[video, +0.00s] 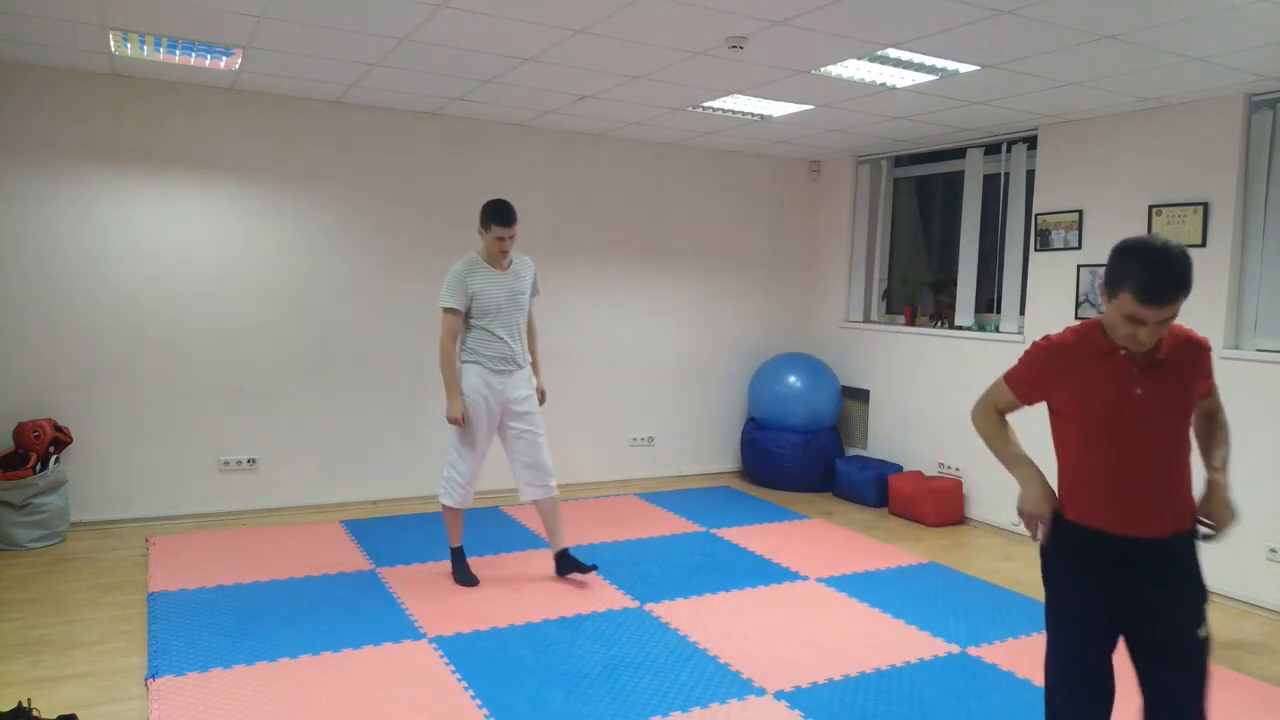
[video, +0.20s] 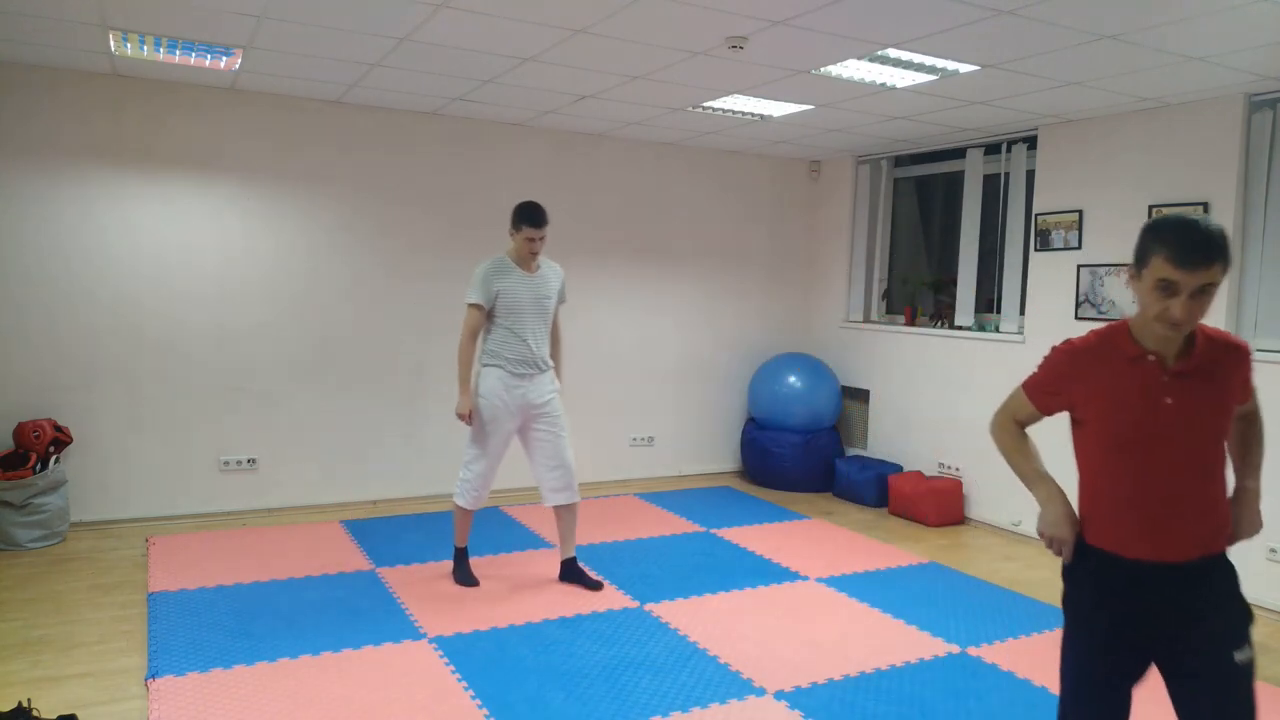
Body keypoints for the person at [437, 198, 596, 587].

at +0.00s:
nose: (507, 246)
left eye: (512, 238)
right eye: (500, 239)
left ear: (517, 234)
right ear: (482, 233)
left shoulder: (524, 267)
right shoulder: (463, 273)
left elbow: (528, 323)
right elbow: (448, 339)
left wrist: (536, 374)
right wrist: (453, 396)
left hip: (519, 380)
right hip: (477, 380)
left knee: (537, 465)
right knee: (463, 468)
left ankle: (562, 554)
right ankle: (457, 555)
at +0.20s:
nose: (537, 246)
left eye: (542, 239)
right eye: (530, 239)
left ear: (547, 237)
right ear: (513, 234)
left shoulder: (554, 274)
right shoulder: (491, 272)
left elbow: (554, 330)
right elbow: (470, 332)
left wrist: (556, 380)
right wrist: (464, 391)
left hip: (541, 384)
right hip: (497, 383)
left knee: (562, 469)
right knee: (478, 470)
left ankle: (569, 563)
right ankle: (460, 558)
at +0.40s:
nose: (571, 243)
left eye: (577, 236)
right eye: (565, 236)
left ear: (581, 236)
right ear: (548, 232)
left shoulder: (586, 278)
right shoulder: (523, 269)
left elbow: (589, 335)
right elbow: (499, 327)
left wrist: (599, 392)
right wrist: (496, 386)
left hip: (570, 384)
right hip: (526, 383)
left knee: (580, 474)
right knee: (506, 470)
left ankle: (570, 564)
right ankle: (471, 553)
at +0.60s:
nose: (598, 241)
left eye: (603, 234)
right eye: (591, 233)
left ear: (608, 233)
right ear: (574, 229)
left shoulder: (612, 277)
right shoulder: (547, 266)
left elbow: (624, 337)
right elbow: (525, 324)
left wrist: (639, 392)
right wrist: (532, 378)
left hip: (586, 382)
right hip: (548, 379)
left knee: (586, 472)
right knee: (539, 471)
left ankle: (570, 563)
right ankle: (505, 554)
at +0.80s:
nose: (620, 242)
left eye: (625, 235)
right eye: (614, 234)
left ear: (630, 235)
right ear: (596, 230)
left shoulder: (629, 279)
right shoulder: (570, 267)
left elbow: (641, 337)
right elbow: (545, 325)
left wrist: (659, 387)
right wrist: (553, 381)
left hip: (605, 383)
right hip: (568, 381)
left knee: (595, 472)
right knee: (573, 470)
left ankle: (573, 559)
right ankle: (574, 563)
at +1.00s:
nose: (642, 244)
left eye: (647, 238)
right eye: (636, 237)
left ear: (649, 237)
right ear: (616, 232)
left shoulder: (646, 282)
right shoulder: (589, 273)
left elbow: (647, 343)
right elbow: (567, 335)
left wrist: (654, 396)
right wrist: (570, 396)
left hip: (630, 387)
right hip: (594, 386)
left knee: (602, 477)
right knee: (609, 478)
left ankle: (572, 561)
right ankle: (635, 579)